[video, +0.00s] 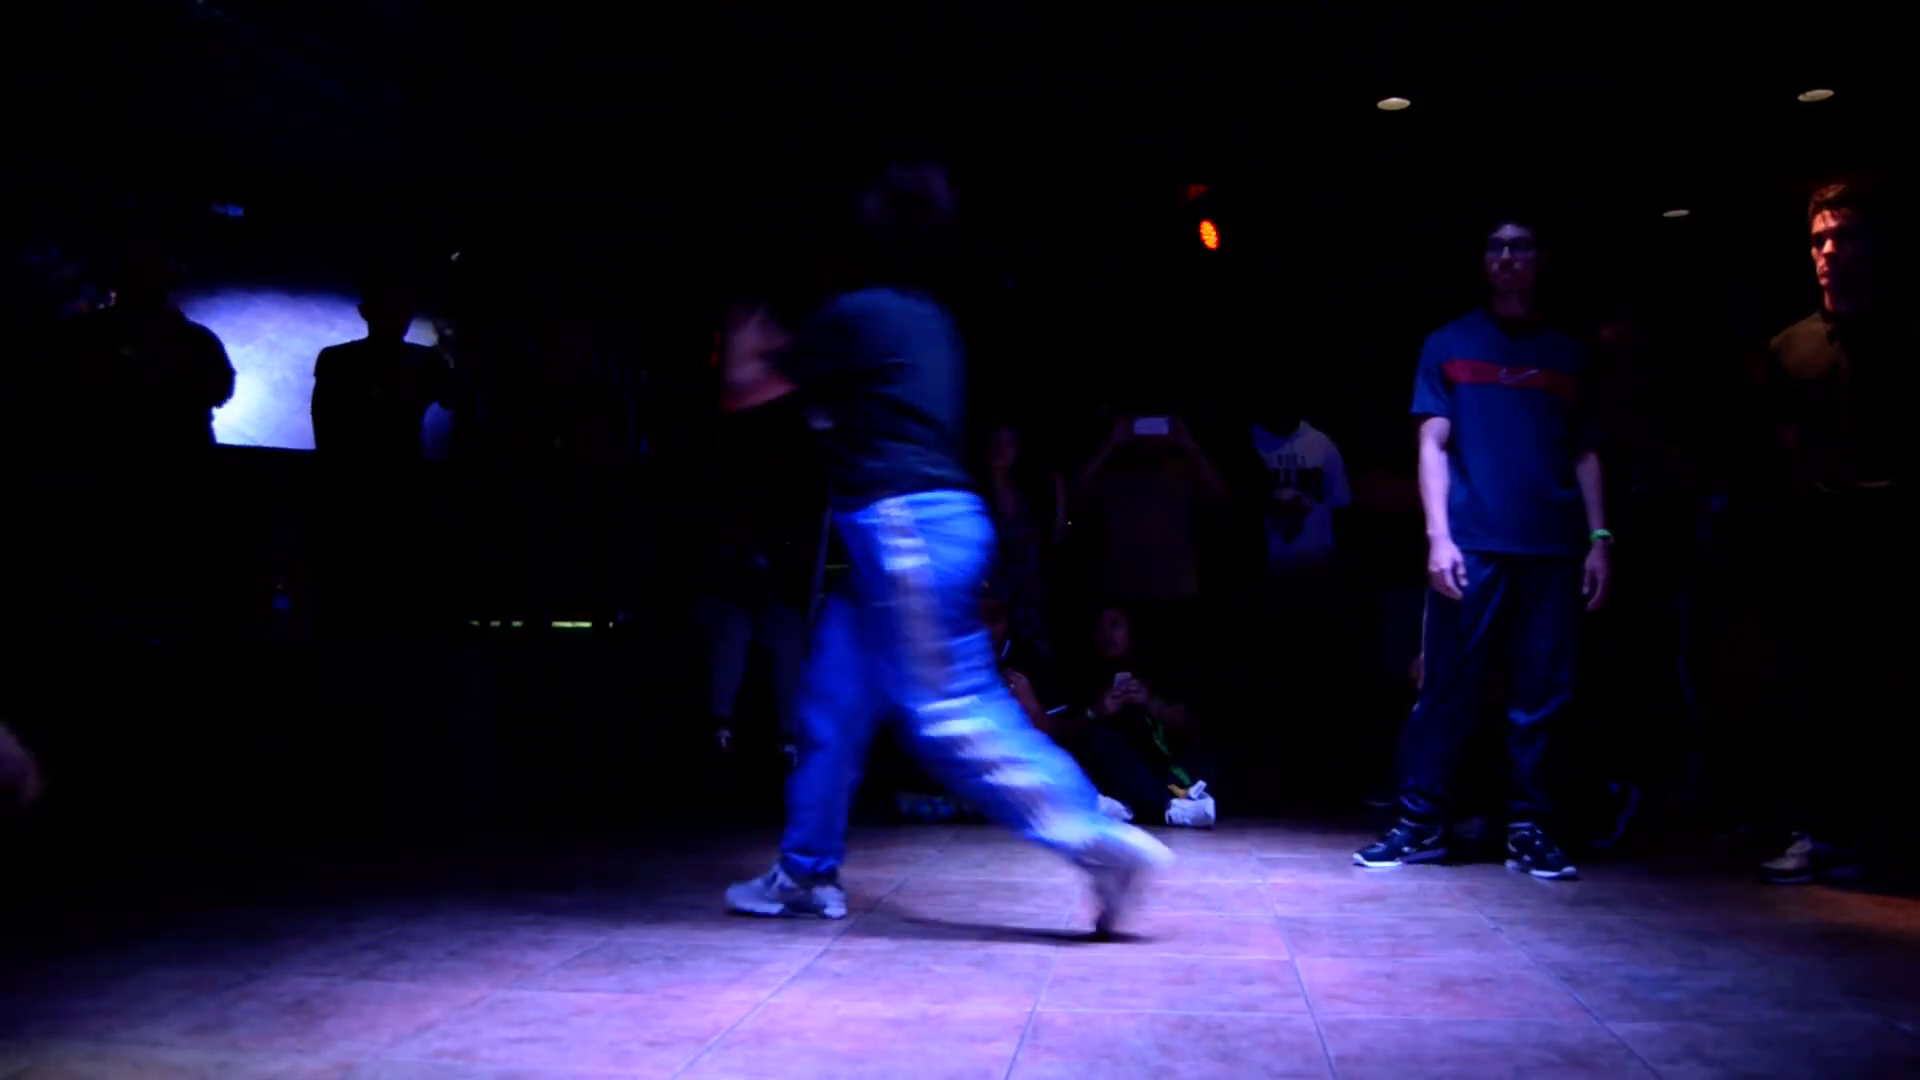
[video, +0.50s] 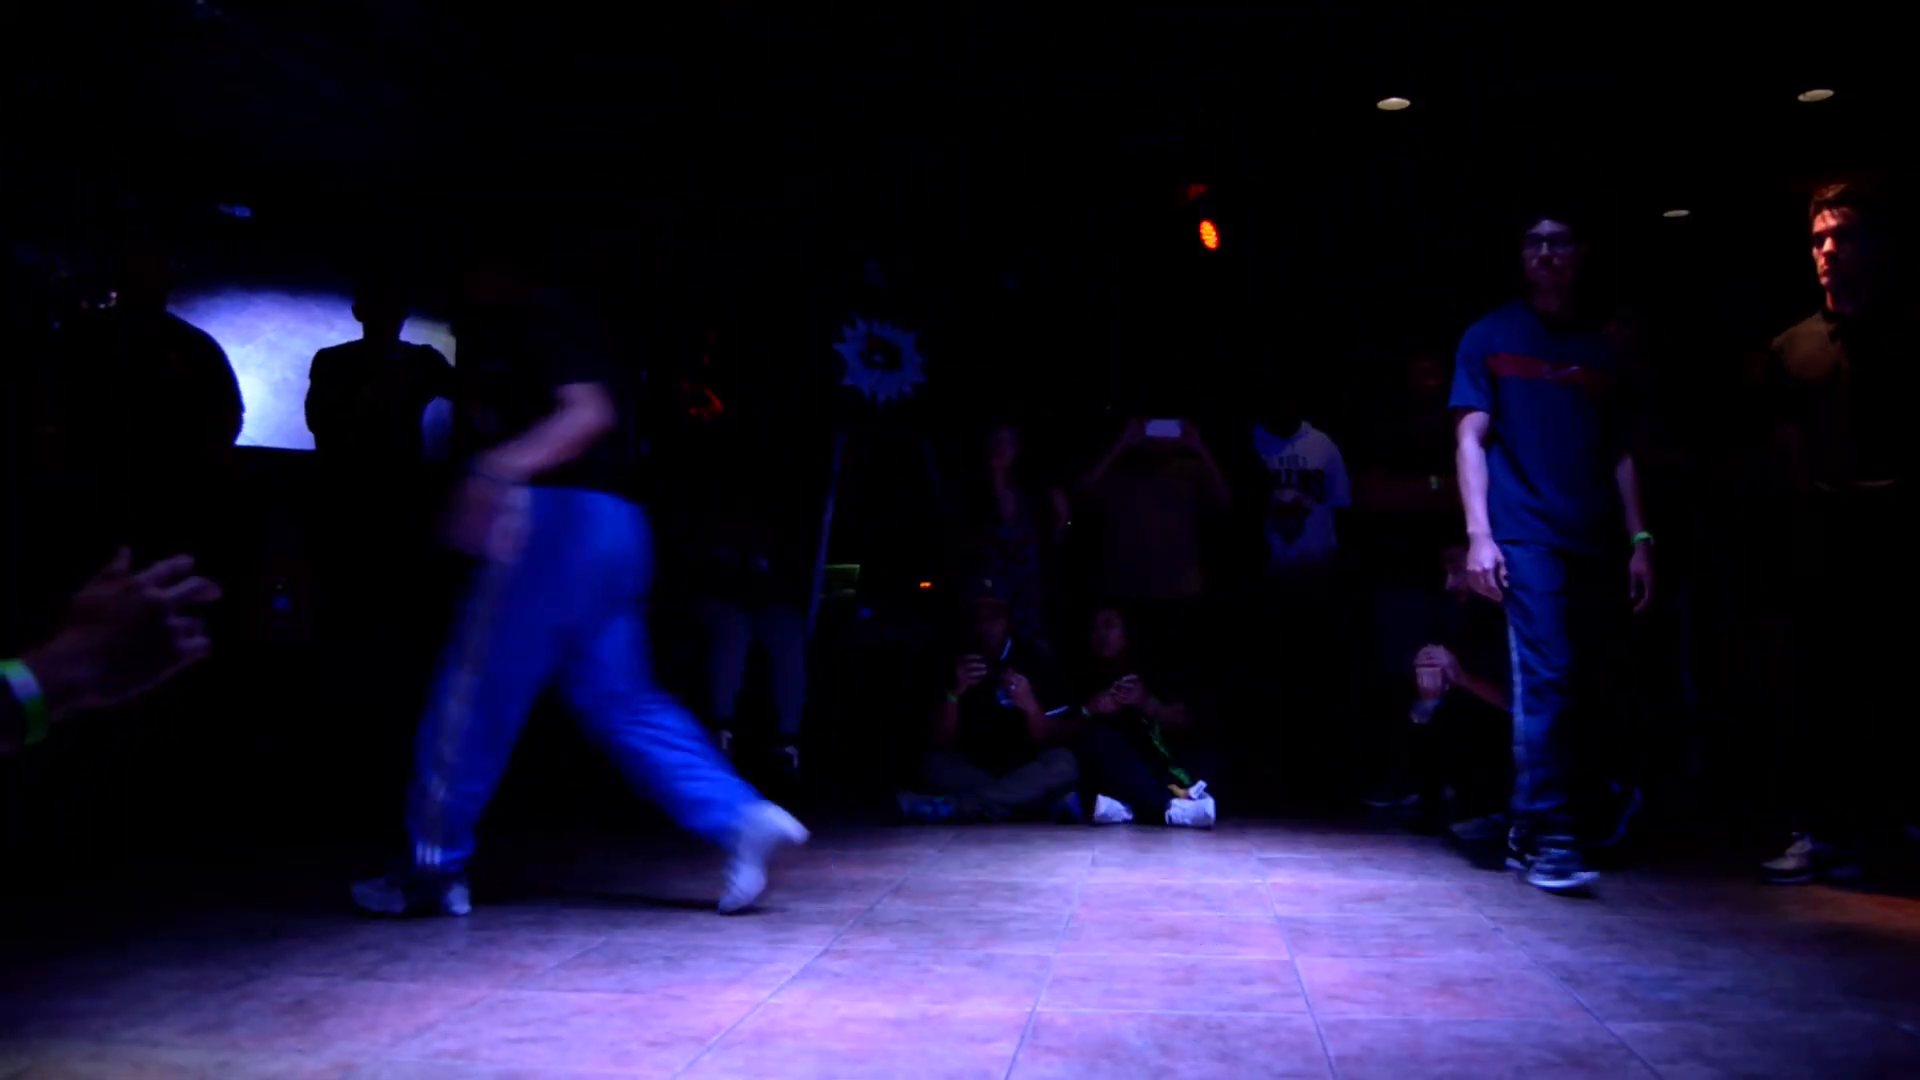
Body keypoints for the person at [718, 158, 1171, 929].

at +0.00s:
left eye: (861, 220)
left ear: (864, 231)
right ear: (929, 235)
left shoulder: (863, 317)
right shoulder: (928, 320)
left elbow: (748, 386)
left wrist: (746, 336)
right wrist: (768, 350)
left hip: (905, 525)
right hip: (938, 516)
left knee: (947, 698)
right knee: (837, 698)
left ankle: (1102, 842)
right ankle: (805, 873)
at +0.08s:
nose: (765, 254)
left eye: (771, 245)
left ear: (790, 247)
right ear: (856, 252)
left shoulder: (801, 311)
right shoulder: (866, 326)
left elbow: (706, 402)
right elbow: (763, 421)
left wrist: (669, 445)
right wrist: (684, 450)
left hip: (848, 518)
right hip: (891, 517)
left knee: (817, 704)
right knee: (793, 700)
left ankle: (984, 815)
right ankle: (804, 873)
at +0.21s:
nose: (690, 246)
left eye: (696, 236)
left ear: (713, 236)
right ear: (759, 241)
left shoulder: (734, 291)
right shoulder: (786, 301)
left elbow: (707, 403)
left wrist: (648, 497)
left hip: (774, 493)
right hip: (825, 493)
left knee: (684, 670)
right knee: (790, 680)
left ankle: (755, 848)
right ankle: (809, 866)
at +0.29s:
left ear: (654, 248)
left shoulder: (688, 298)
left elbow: (714, 398)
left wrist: (655, 489)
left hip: (721, 505)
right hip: (763, 504)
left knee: (613, 664)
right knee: (768, 690)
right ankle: (804, 867)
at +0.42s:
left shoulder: (596, 306)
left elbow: (663, 404)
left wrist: (606, 484)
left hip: (626, 520)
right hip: (668, 517)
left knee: (529, 689)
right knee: (706, 700)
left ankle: (449, 860)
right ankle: (793, 857)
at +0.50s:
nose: (465, 290)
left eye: (473, 276)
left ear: (491, 273)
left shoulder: (536, 311)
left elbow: (589, 410)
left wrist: (498, 468)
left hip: (557, 516)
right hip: (606, 518)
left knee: (481, 682)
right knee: (613, 694)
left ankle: (435, 862)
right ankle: (742, 817)